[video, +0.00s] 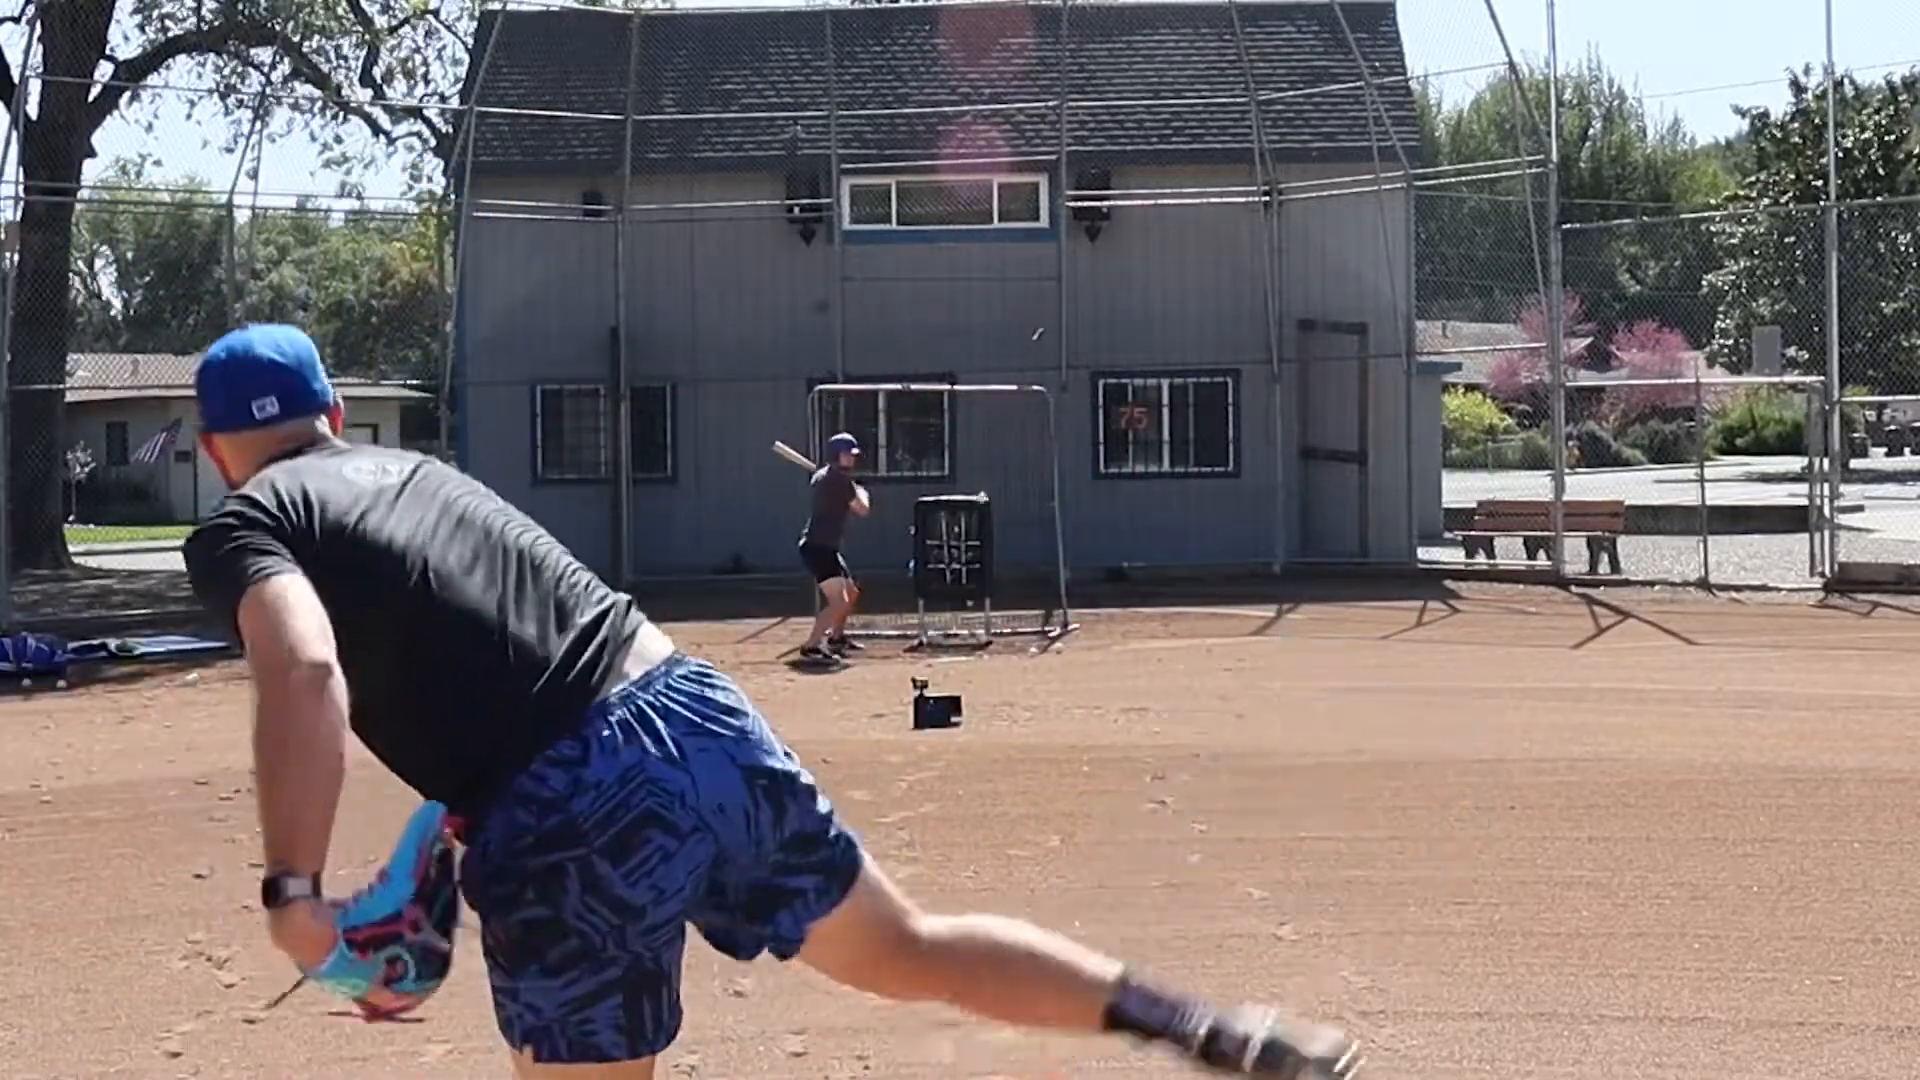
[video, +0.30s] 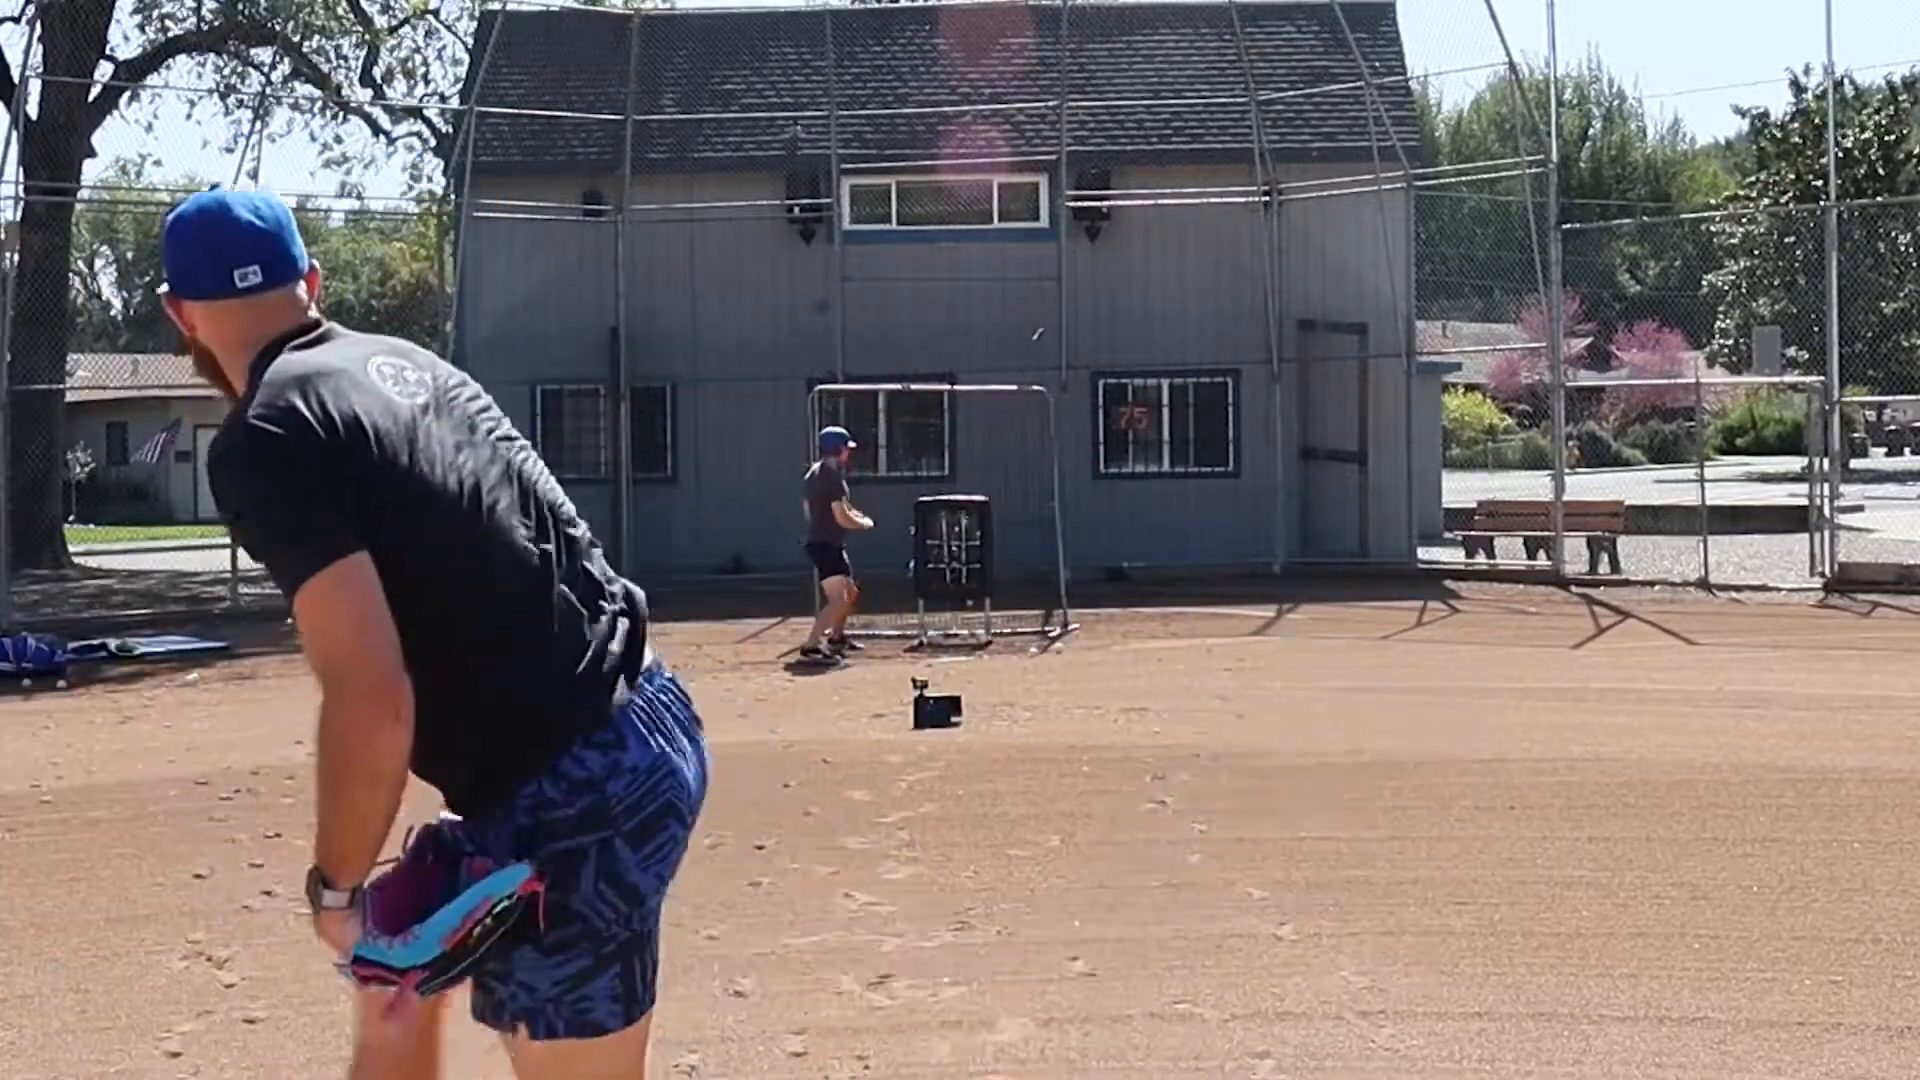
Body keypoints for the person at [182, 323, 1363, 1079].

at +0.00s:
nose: (209, 469)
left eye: (202, 449)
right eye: (222, 448)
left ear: (215, 438)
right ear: (331, 414)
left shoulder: (253, 520)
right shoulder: (416, 478)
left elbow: (302, 674)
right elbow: (522, 681)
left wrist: (293, 882)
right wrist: (428, 870)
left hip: (568, 809)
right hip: (702, 715)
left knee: (589, 1069)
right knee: (900, 947)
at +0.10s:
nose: (195, 407)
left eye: (189, 388)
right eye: (196, 387)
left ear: (198, 389)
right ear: (317, 354)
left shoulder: (243, 485)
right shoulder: (407, 411)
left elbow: (346, 706)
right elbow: (495, 606)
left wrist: (346, 910)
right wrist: (493, 852)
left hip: (577, 796)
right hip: (703, 709)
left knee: (596, 1066)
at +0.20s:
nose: (184, 359)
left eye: (180, 339)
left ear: (184, 346)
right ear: (310, 311)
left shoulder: (255, 456)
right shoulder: (401, 382)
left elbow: (364, 697)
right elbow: (470, 585)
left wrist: (353, 904)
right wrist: (448, 800)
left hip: (588, 784)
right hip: (690, 716)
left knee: (584, 1059)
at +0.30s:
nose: (181, 331)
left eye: (175, 313)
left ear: (183, 319)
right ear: (314, 284)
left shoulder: (269, 432)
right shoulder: (402, 362)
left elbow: (370, 691)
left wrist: (337, 885)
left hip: (582, 783)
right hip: (650, 716)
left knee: (577, 1055)